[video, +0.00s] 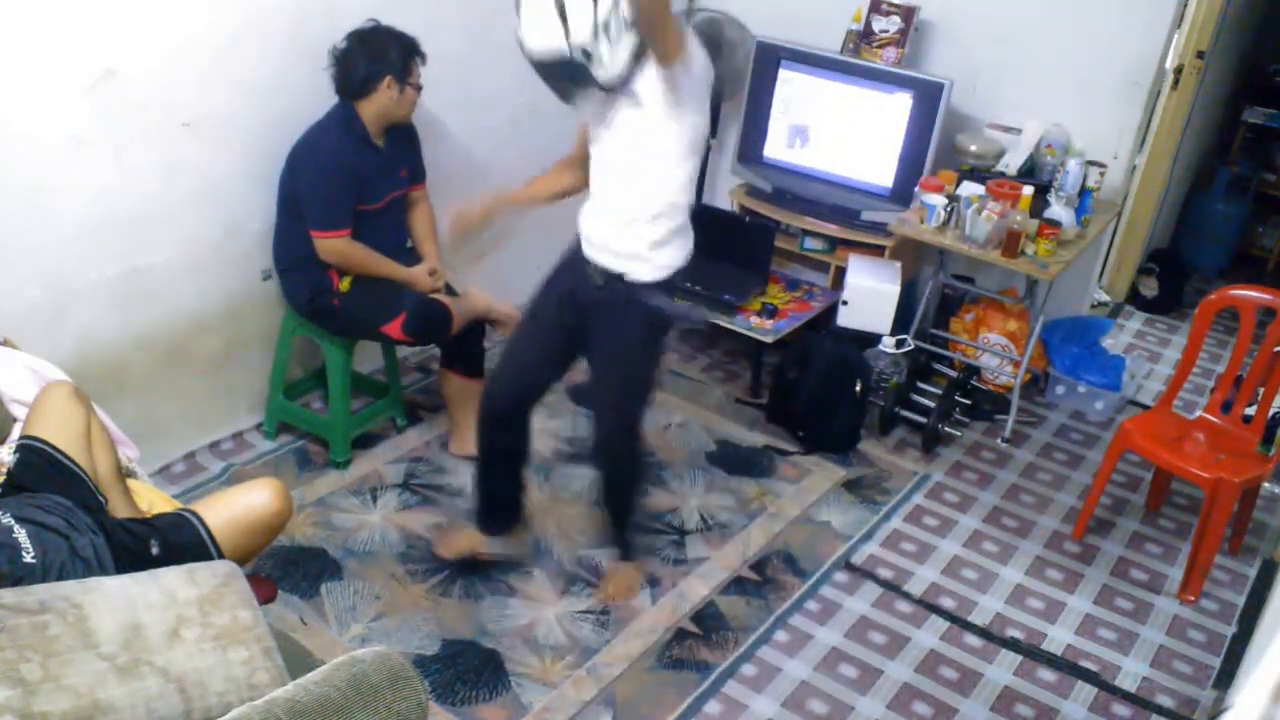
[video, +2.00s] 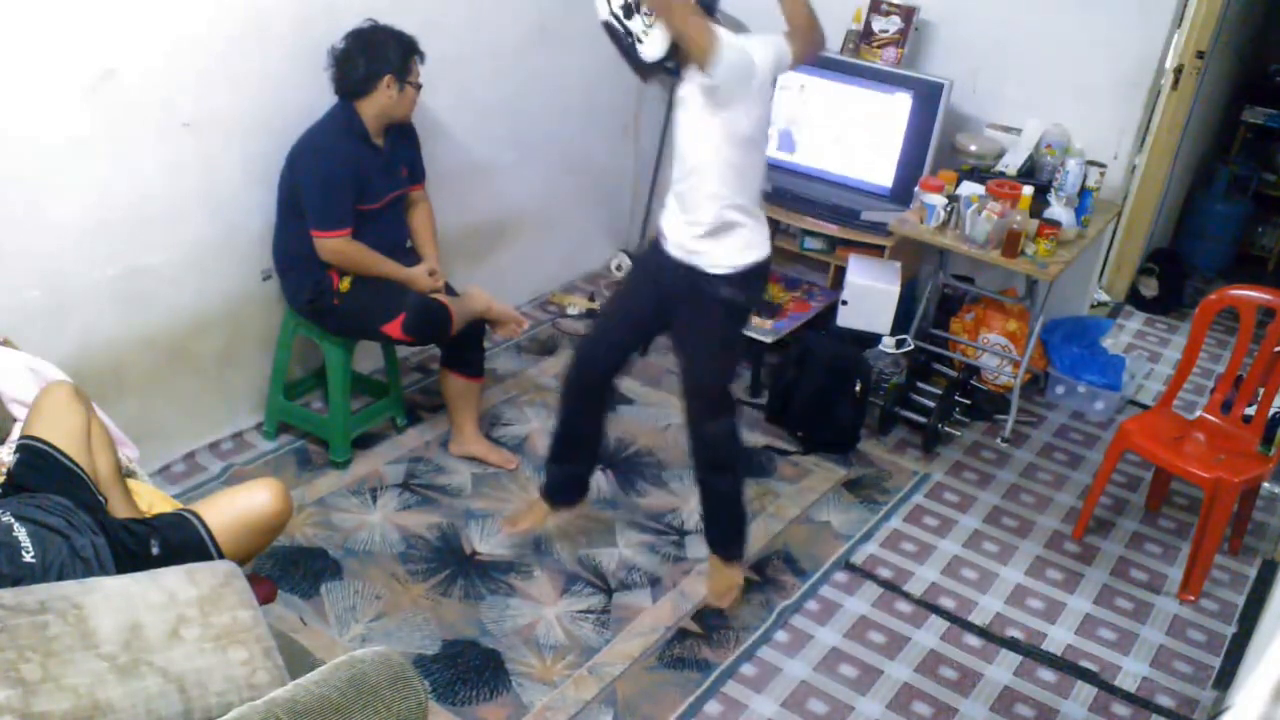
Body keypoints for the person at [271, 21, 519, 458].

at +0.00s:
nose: (419, 96)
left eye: (420, 87)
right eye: (416, 87)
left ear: (386, 86)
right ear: (388, 86)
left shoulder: (399, 130)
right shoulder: (326, 150)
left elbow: (417, 201)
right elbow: (331, 248)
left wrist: (431, 259)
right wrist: (407, 275)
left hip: (388, 262)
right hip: (326, 283)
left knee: (465, 326)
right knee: (421, 322)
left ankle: (465, 438)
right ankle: (476, 306)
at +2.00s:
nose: (419, 95)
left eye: (419, 87)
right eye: (416, 86)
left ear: (387, 87)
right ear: (387, 87)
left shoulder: (399, 131)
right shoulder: (325, 151)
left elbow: (417, 202)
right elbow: (333, 249)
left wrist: (429, 259)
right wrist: (407, 276)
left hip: (388, 265)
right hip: (327, 283)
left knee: (465, 321)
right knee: (425, 323)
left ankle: (466, 435)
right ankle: (477, 304)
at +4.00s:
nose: (419, 95)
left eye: (419, 86)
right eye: (415, 86)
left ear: (386, 87)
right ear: (387, 87)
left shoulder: (399, 131)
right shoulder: (324, 151)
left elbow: (417, 202)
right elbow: (332, 249)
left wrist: (429, 259)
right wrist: (407, 276)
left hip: (387, 266)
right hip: (326, 283)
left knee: (466, 321)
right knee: (424, 323)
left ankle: (466, 435)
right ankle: (477, 305)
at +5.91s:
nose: (419, 94)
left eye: (419, 86)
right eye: (415, 85)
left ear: (386, 87)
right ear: (386, 87)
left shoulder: (399, 131)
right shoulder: (325, 150)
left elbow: (417, 202)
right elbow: (332, 249)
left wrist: (429, 260)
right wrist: (407, 277)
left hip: (389, 266)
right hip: (325, 283)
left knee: (466, 322)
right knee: (420, 323)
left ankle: (465, 435)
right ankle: (476, 305)